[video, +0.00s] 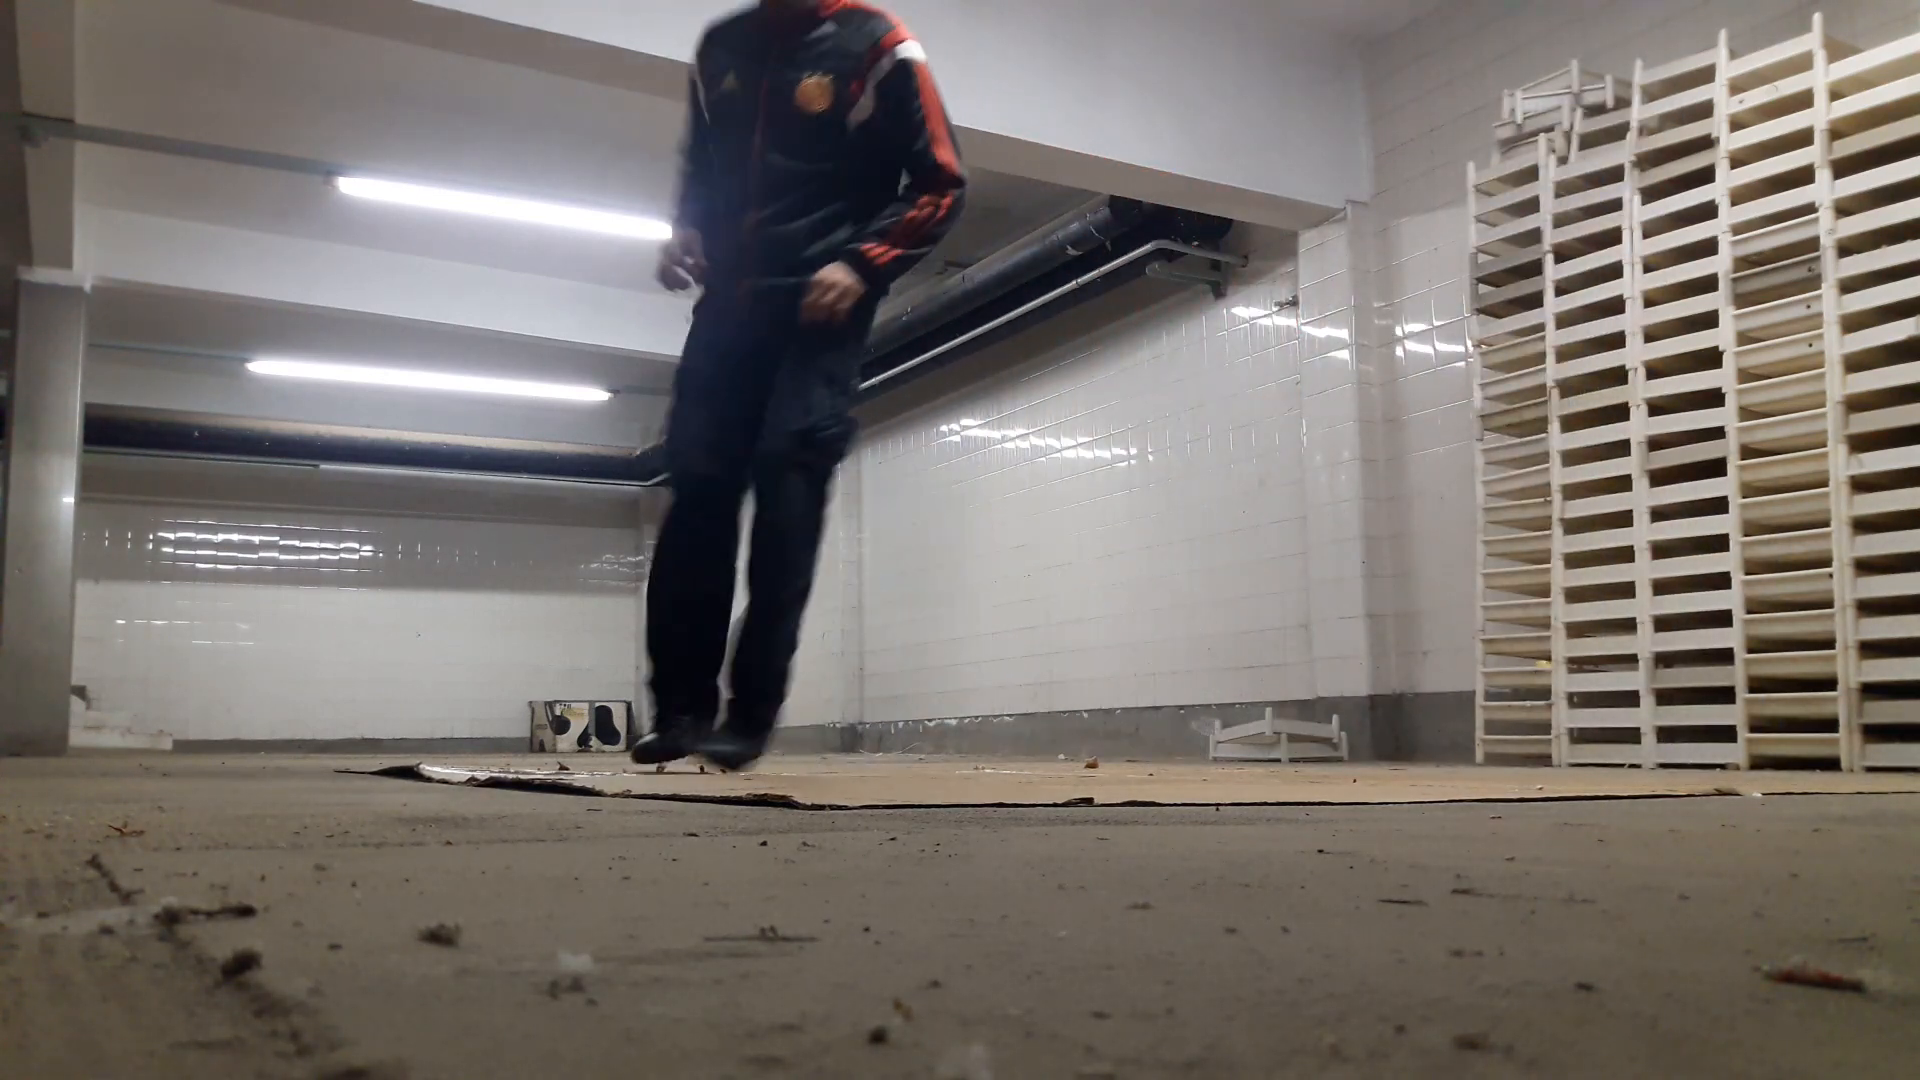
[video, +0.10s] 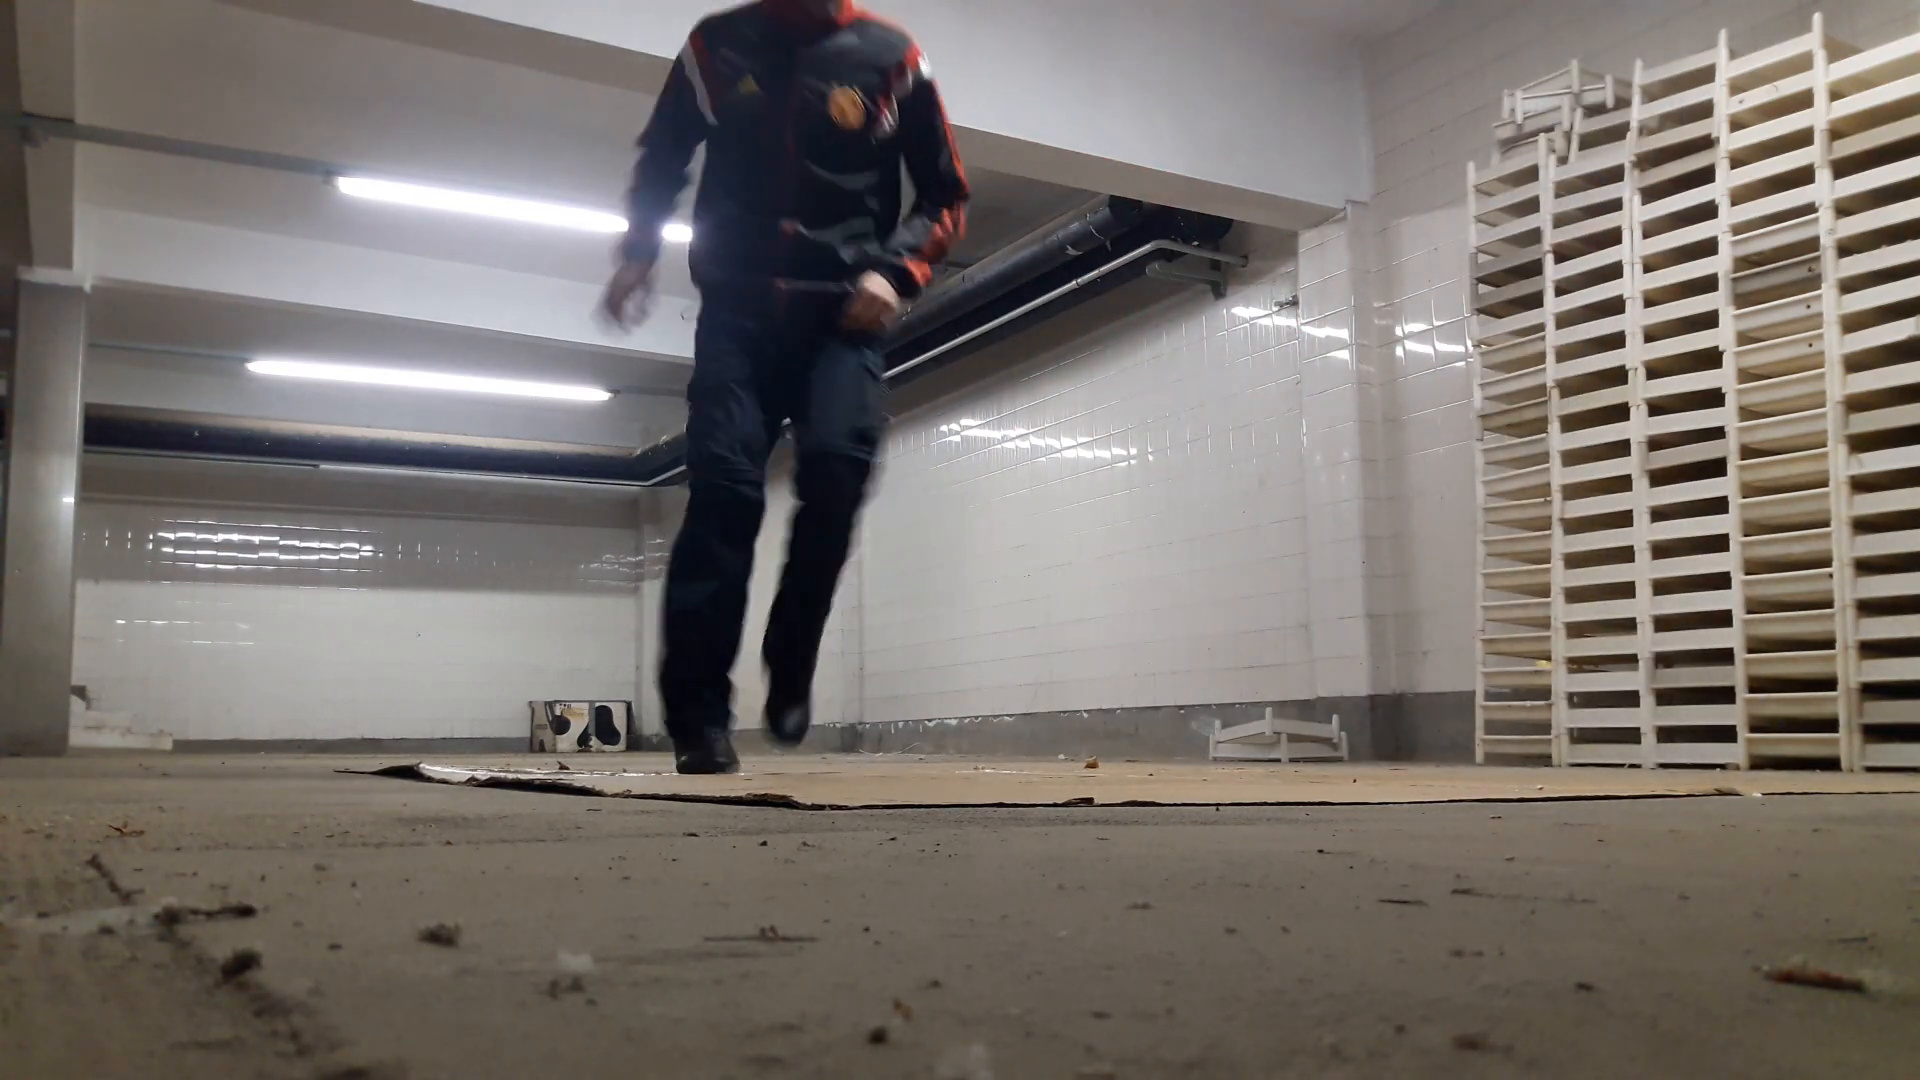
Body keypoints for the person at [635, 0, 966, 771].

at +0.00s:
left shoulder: (878, 44)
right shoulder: (721, 44)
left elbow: (941, 185)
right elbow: (702, 161)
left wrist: (864, 266)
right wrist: (690, 229)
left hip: (823, 313)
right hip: (729, 304)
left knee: (787, 497)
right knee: (699, 497)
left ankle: (748, 722)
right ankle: (682, 714)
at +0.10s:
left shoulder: (891, 57)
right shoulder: (719, 42)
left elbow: (945, 197)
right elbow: (665, 154)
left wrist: (895, 276)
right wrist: (641, 248)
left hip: (841, 315)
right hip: (738, 306)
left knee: (840, 465)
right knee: (725, 491)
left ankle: (792, 661)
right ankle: (699, 722)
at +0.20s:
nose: (858, 11)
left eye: (864, 1)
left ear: (871, 9)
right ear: (798, 4)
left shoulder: (898, 102)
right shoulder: (726, 86)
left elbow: (945, 237)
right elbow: (634, 206)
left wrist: (917, 308)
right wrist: (576, 319)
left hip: (859, 358)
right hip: (756, 349)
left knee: (905, 512)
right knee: (740, 508)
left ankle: (814, 593)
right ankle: (709, 729)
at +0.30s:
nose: (904, 23)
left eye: (910, 10)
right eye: (887, 7)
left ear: (912, 18)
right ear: (835, 6)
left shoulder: (918, 109)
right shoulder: (756, 86)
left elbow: (962, 237)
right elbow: (648, 189)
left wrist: (941, 312)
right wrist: (566, 293)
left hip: (879, 357)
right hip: (783, 354)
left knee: (947, 507)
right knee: (764, 515)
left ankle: (848, 612)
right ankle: (713, 725)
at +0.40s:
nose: (963, 36)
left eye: (967, 22)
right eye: (951, 17)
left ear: (956, 24)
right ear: (898, 9)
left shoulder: (955, 115)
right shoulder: (801, 78)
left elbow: (1002, 233)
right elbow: (686, 148)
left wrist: (982, 304)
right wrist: (606, 229)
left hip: (904, 351)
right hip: (809, 345)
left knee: (968, 495)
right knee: (777, 507)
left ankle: (918, 660)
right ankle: (720, 705)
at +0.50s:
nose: (1014, 86)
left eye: (1022, 72)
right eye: (1005, 67)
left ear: (1016, 70)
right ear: (960, 52)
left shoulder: (1001, 153)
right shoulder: (865, 110)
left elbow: (1047, 263)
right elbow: (752, 145)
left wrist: (1053, 334)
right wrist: (691, 203)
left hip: (918, 366)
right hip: (835, 356)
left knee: (971, 521)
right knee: (792, 522)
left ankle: (1000, 697)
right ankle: (719, 703)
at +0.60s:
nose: (1071, 178)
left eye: (1077, 161)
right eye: (1059, 159)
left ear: (1074, 158)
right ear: (1016, 142)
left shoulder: (1047, 226)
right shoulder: (933, 179)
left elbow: (1091, 324)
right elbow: (866, 245)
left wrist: (1145, 415)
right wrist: (913, 305)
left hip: (940, 406)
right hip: (862, 390)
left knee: (1000, 545)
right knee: (816, 533)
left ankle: (1019, 726)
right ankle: (725, 720)